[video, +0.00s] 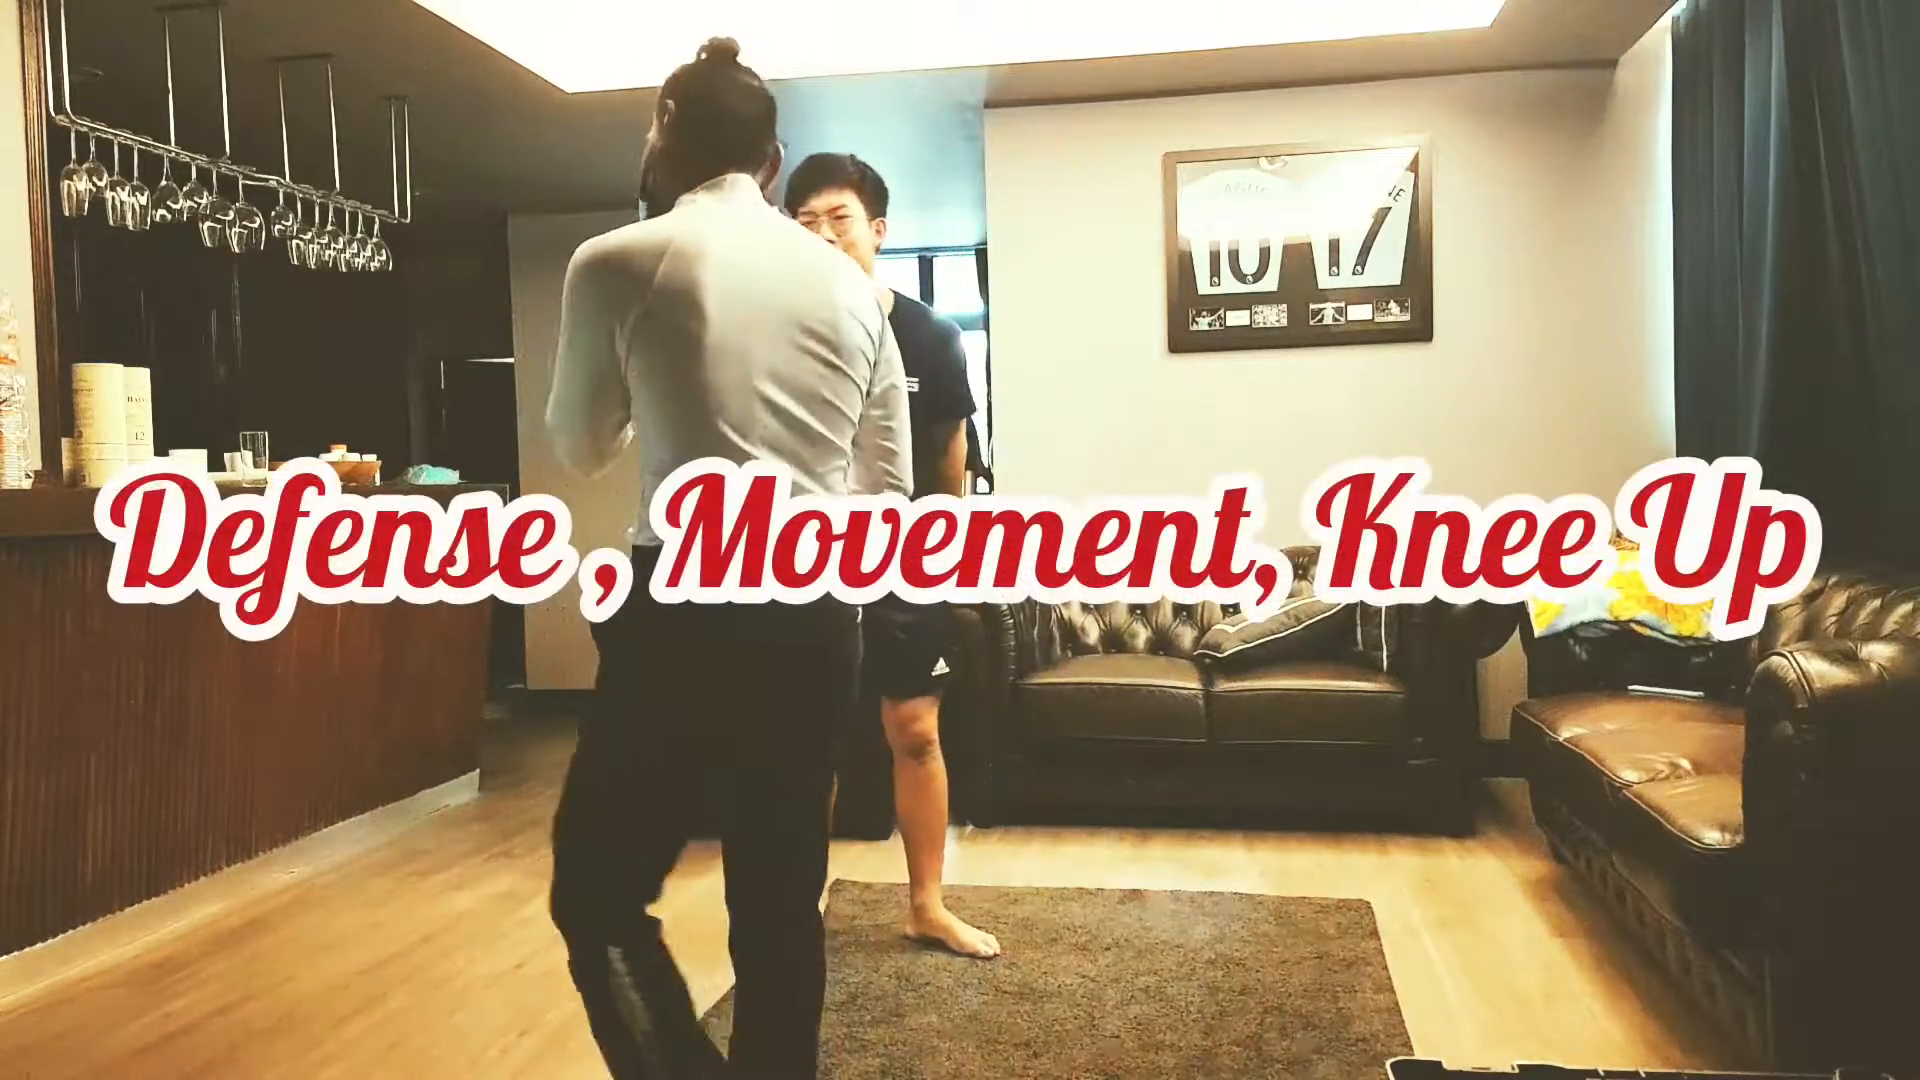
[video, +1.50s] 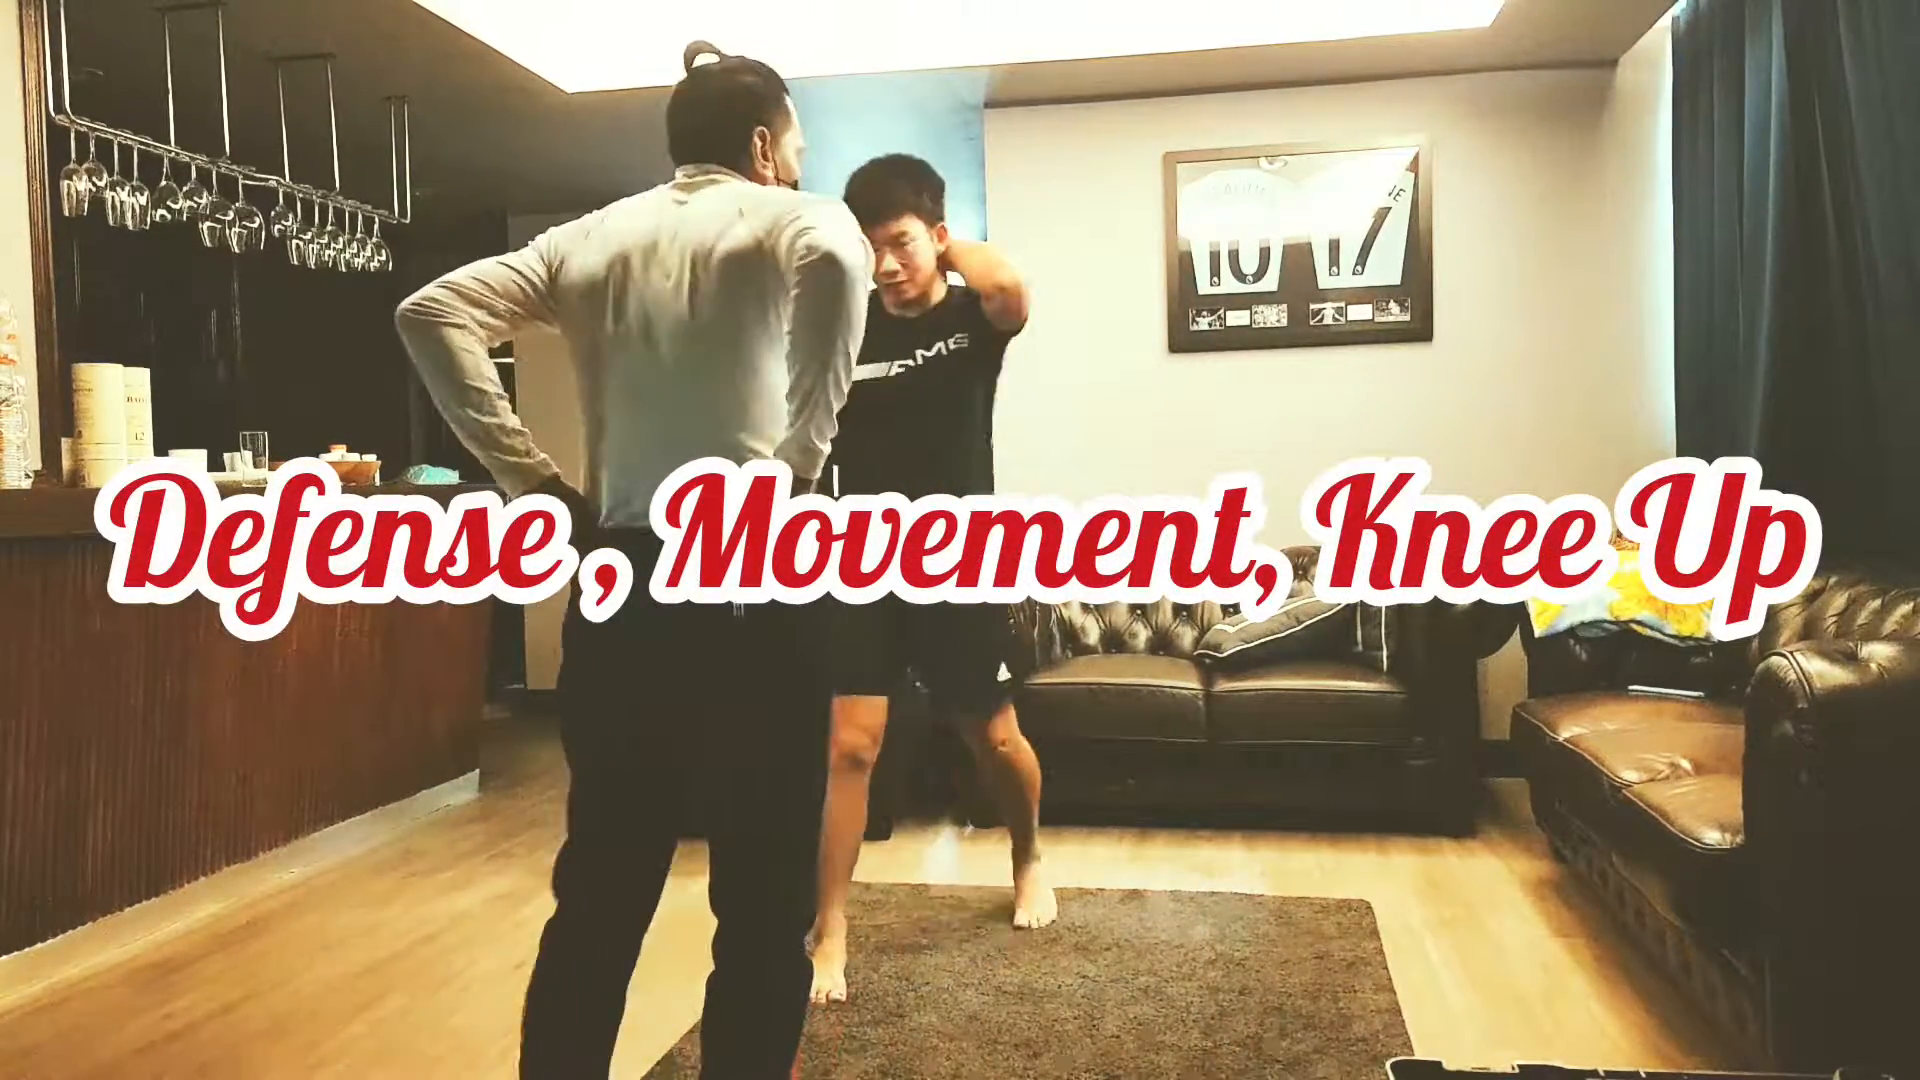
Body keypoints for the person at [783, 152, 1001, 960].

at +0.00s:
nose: (826, 234)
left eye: (841, 218)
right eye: (810, 223)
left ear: (878, 230)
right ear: (795, 238)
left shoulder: (924, 335)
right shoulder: (782, 333)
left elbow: (953, 466)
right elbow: (771, 457)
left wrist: (939, 561)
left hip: (902, 557)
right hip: (808, 559)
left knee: (915, 731)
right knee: (808, 729)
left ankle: (927, 900)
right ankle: (805, 886)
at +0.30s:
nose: (862, 236)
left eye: (879, 218)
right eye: (847, 222)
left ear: (919, 225)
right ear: (834, 234)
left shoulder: (961, 342)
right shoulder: (821, 335)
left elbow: (989, 468)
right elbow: (792, 455)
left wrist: (1001, 582)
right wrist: (788, 562)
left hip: (925, 568)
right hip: (828, 565)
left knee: (926, 732)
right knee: (808, 727)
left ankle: (929, 903)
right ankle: (788, 905)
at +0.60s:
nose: (871, 233)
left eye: (890, 216)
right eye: (857, 218)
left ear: (926, 227)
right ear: (841, 232)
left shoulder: (962, 338)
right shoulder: (818, 335)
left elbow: (1010, 459)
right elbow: (777, 453)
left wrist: (1050, 547)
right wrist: (778, 553)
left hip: (932, 569)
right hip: (834, 570)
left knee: (928, 741)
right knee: (841, 743)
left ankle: (929, 905)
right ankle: (820, 922)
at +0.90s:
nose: (834, 230)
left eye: (846, 209)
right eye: (816, 218)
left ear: (883, 211)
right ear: (800, 233)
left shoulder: (938, 319)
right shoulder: (796, 326)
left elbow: (968, 429)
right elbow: (772, 439)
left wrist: (945, 522)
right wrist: (797, 530)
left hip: (913, 560)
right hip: (821, 566)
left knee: (920, 743)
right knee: (832, 743)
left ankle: (927, 905)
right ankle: (831, 912)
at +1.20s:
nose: (832, 236)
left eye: (845, 221)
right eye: (820, 223)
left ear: (884, 220)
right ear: (810, 228)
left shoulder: (927, 293)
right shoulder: (798, 304)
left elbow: (995, 363)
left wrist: (933, 251)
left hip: (928, 534)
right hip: (828, 539)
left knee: (952, 729)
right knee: (836, 743)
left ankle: (958, 887)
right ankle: (827, 928)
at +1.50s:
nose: (888, 264)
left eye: (901, 243)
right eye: (873, 249)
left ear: (939, 235)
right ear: (856, 249)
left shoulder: (976, 313)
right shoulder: (845, 315)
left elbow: (1009, 295)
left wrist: (949, 242)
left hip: (956, 565)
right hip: (855, 565)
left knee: (998, 740)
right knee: (847, 748)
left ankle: (1027, 858)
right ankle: (828, 931)